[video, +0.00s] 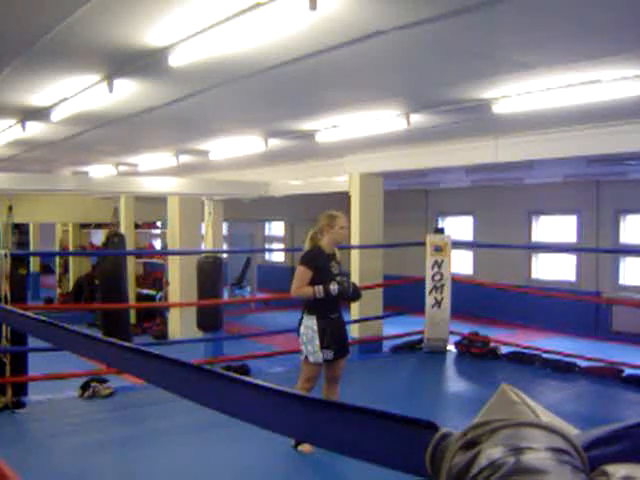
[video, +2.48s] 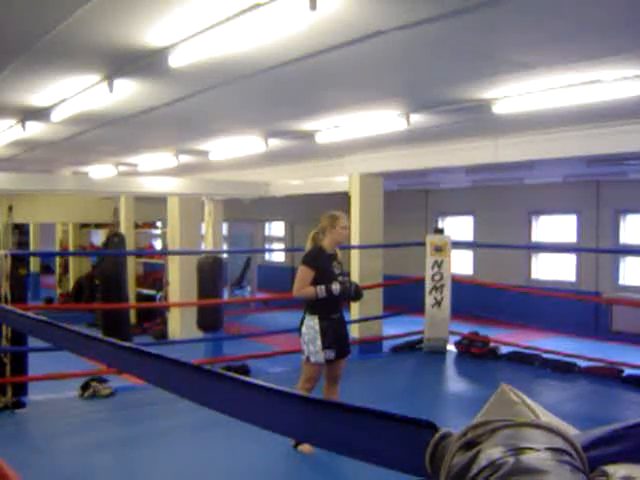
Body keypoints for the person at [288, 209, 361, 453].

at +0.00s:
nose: (345, 233)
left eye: (346, 229)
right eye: (342, 229)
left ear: (335, 230)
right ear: (327, 229)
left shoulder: (334, 258)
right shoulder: (312, 255)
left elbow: (332, 289)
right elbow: (296, 289)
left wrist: (349, 291)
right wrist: (327, 289)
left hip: (334, 317)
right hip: (315, 318)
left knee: (334, 378)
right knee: (308, 379)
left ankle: (329, 428)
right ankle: (299, 431)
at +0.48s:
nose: (346, 233)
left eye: (347, 229)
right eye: (343, 229)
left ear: (338, 230)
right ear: (328, 229)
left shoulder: (335, 258)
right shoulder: (313, 256)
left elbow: (331, 289)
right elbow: (297, 289)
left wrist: (349, 291)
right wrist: (329, 289)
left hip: (335, 318)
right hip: (316, 319)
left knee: (334, 378)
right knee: (309, 379)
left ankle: (331, 428)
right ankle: (299, 431)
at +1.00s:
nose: (346, 233)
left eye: (347, 229)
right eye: (343, 229)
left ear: (338, 230)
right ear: (329, 229)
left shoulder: (336, 257)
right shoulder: (314, 256)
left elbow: (333, 288)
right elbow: (298, 290)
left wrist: (350, 291)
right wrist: (329, 289)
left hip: (335, 317)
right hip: (316, 318)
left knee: (334, 378)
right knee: (309, 379)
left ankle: (330, 428)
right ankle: (299, 431)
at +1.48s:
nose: (347, 233)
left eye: (347, 229)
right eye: (343, 229)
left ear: (337, 230)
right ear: (329, 229)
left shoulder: (336, 258)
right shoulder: (313, 256)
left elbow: (333, 288)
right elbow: (298, 290)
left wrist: (350, 291)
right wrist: (330, 289)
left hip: (335, 318)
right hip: (316, 319)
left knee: (334, 378)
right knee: (309, 379)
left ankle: (330, 428)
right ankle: (299, 431)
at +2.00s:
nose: (347, 233)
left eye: (347, 229)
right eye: (343, 229)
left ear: (338, 230)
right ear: (329, 229)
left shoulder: (335, 258)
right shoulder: (314, 256)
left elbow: (333, 288)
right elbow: (298, 290)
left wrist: (350, 290)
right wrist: (330, 289)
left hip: (335, 318)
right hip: (316, 319)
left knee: (334, 379)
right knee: (309, 380)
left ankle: (331, 429)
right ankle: (299, 432)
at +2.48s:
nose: (347, 233)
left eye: (347, 229)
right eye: (343, 229)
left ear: (338, 230)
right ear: (329, 229)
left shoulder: (336, 258)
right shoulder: (314, 256)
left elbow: (333, 288)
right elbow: (298, 290)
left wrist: (350, 290)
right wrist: (329, 289)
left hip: (336, 318)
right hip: (316, 319)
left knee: (334, 378)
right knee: (309, 380)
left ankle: (330, 429)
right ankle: (299, 431)